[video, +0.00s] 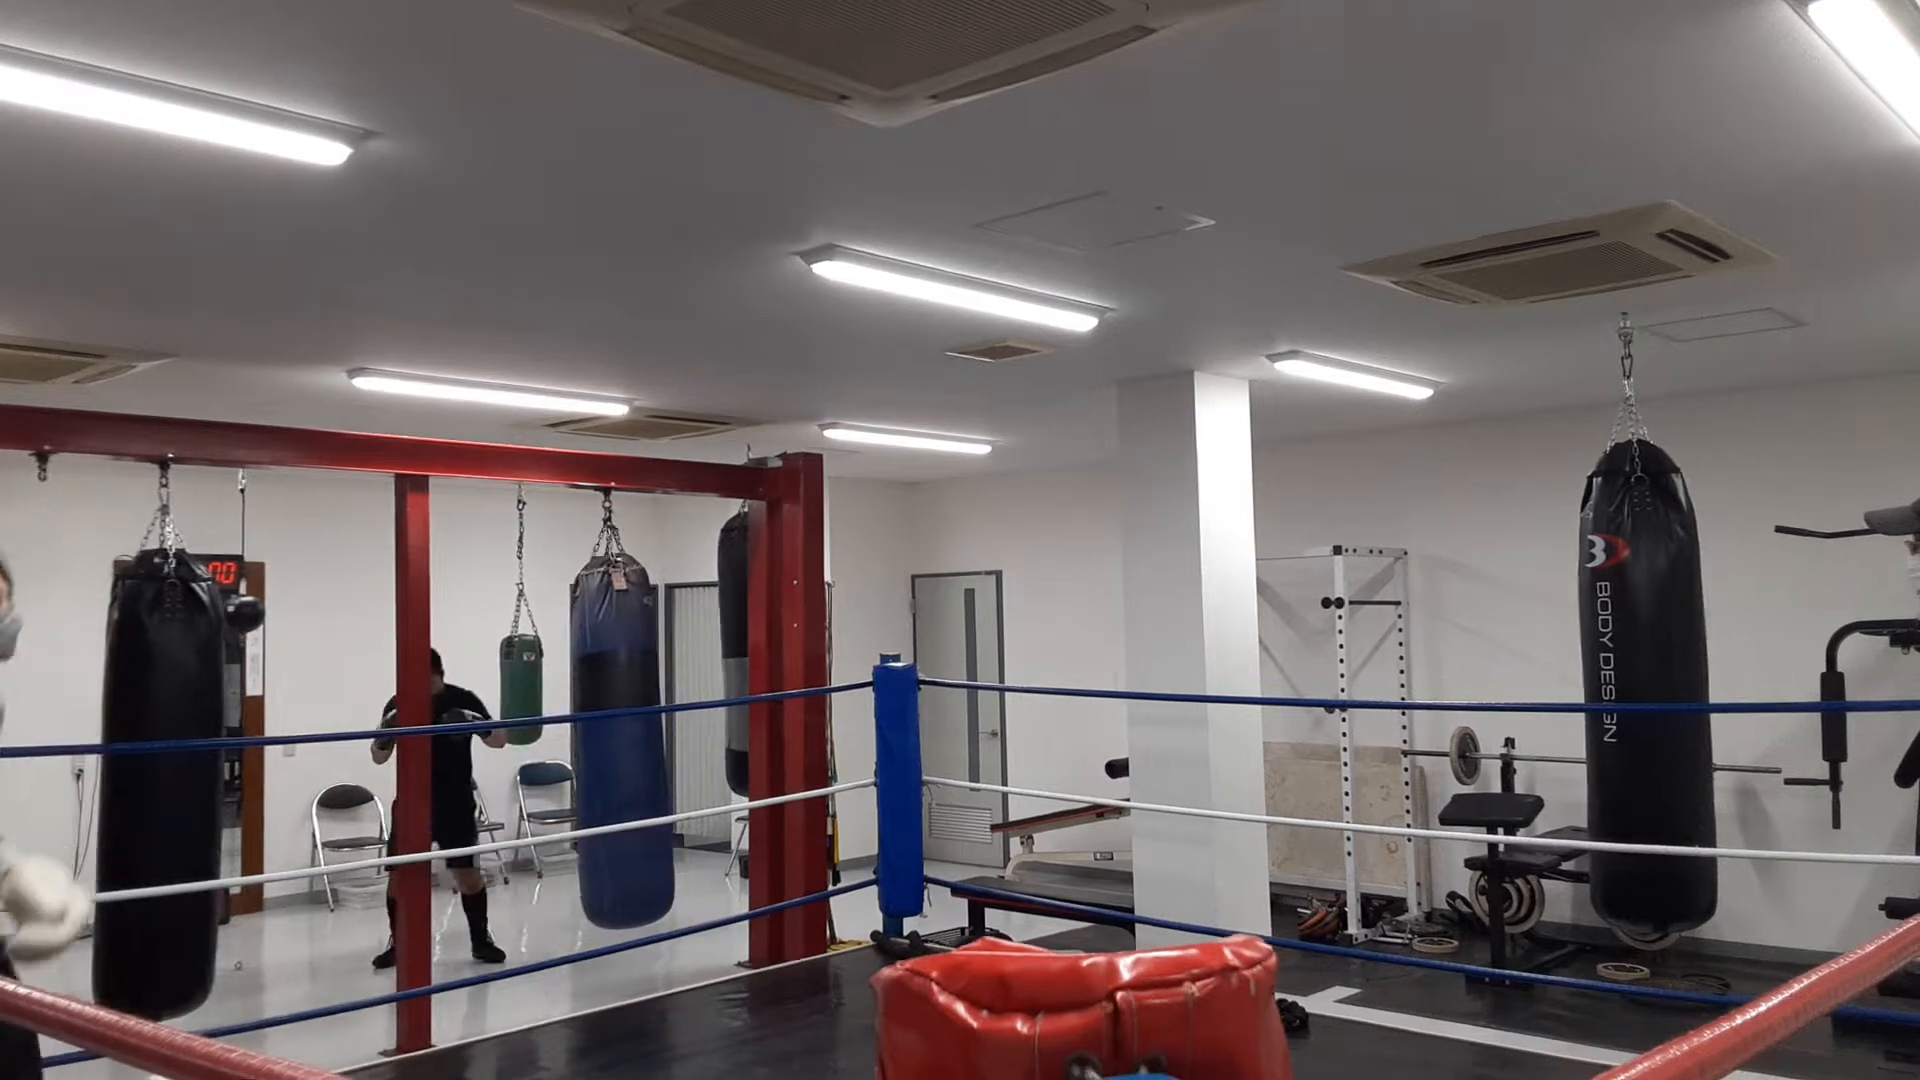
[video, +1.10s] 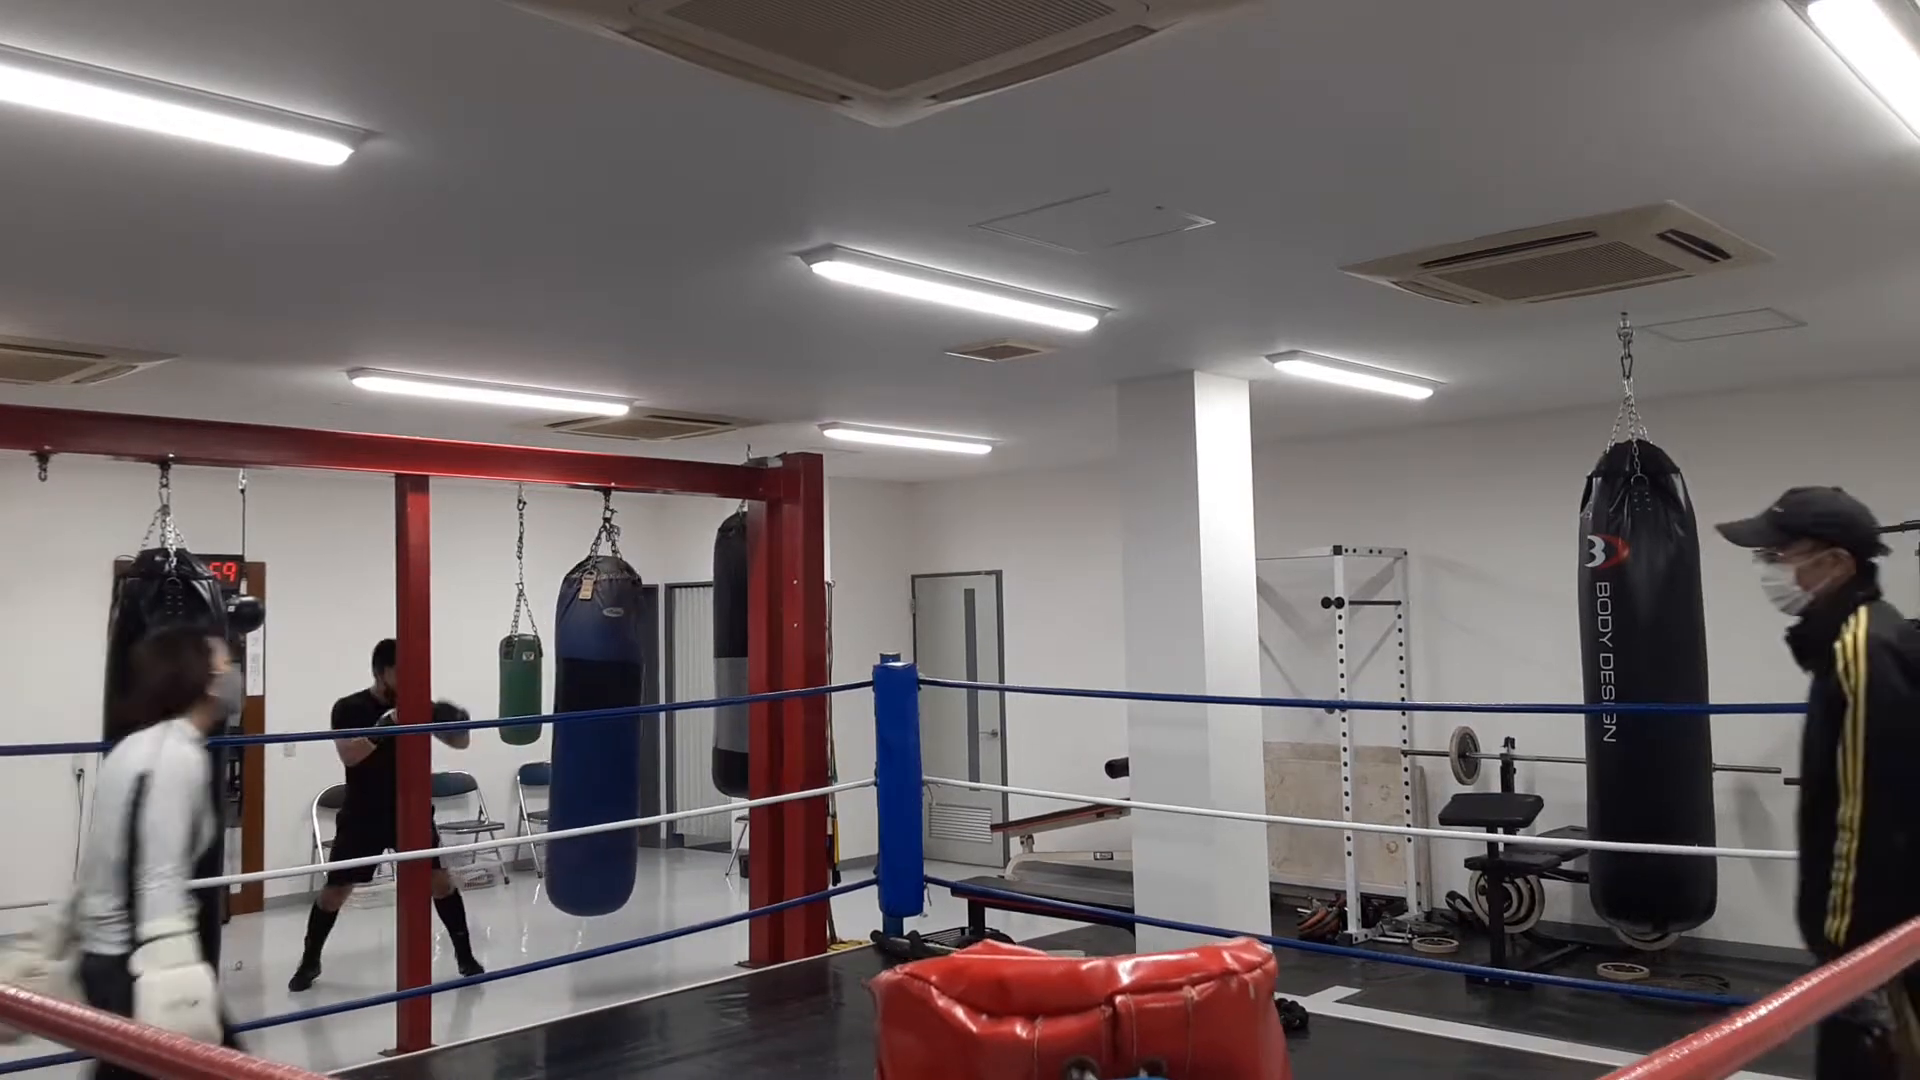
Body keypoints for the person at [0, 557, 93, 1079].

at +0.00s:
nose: (8, 617)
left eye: (6, 602)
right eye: (4, 602)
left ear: (10, 606)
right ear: (4, 605)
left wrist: (13, 876)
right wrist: (12, 878)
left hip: (7, 976)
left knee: (19, 1056)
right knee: (19, 1056)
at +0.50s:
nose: (74, 621)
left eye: (69, 607)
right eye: (64, 609)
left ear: (31, 623)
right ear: (36, 622)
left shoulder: (20, 705)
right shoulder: (8, 710)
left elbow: (15, 835)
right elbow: (9, 841)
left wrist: (35, 910)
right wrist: (15, 925)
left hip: (18, 911)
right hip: (7, 922)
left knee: (18, 1061)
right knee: (16, 1064)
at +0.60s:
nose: (84, 658)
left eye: (79, 645)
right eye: (73, 646)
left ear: (34, 660)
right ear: (43, 659)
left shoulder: (26, 740)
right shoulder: (15, 747)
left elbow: (14, 870)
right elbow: (1, 884)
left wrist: (27, 973)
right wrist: (28, 983)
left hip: (18, 944)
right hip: (10, 950)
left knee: (41, 1044)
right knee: (38, 1041)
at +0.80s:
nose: (129, 639)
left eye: (126, 627)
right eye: (120, 629)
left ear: (77, 641)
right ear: (93, 640)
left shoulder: (41, 696)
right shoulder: (65, 709)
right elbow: (49, 830)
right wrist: (64, 936)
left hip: (23, 922)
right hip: (42, 926)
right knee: (40, 1062)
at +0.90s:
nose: (162, 634)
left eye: (159, 622)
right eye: (154, 623)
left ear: (94, 635)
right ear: (128, 636)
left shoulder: (56, 698)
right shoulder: (102, 708)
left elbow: (12, 814)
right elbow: (72, 835)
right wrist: (106, 942)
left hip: (29, 922)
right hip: (71, 927)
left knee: (42, 1067)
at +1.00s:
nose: (197, 665)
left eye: (191, 650)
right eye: (186, 651)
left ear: (127, 669)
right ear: (164, 668)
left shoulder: (100, 739)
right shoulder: (137, 743)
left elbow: (43, 850)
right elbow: (104, 871)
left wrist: (7, 919)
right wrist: (150, 980)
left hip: (53, 962)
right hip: (94, 969)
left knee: (62, 1069)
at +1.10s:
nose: (236, 671)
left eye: (232, 660)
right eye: (227, 661)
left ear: (170, 680)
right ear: (203, 678)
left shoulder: (129, 748)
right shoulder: (179, 752)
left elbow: (97, 867)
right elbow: (162, 875)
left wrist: (57, 946)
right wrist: (177, 980)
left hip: (104, 960)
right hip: (143, 962)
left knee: (122, 1066)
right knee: (225, 1065)